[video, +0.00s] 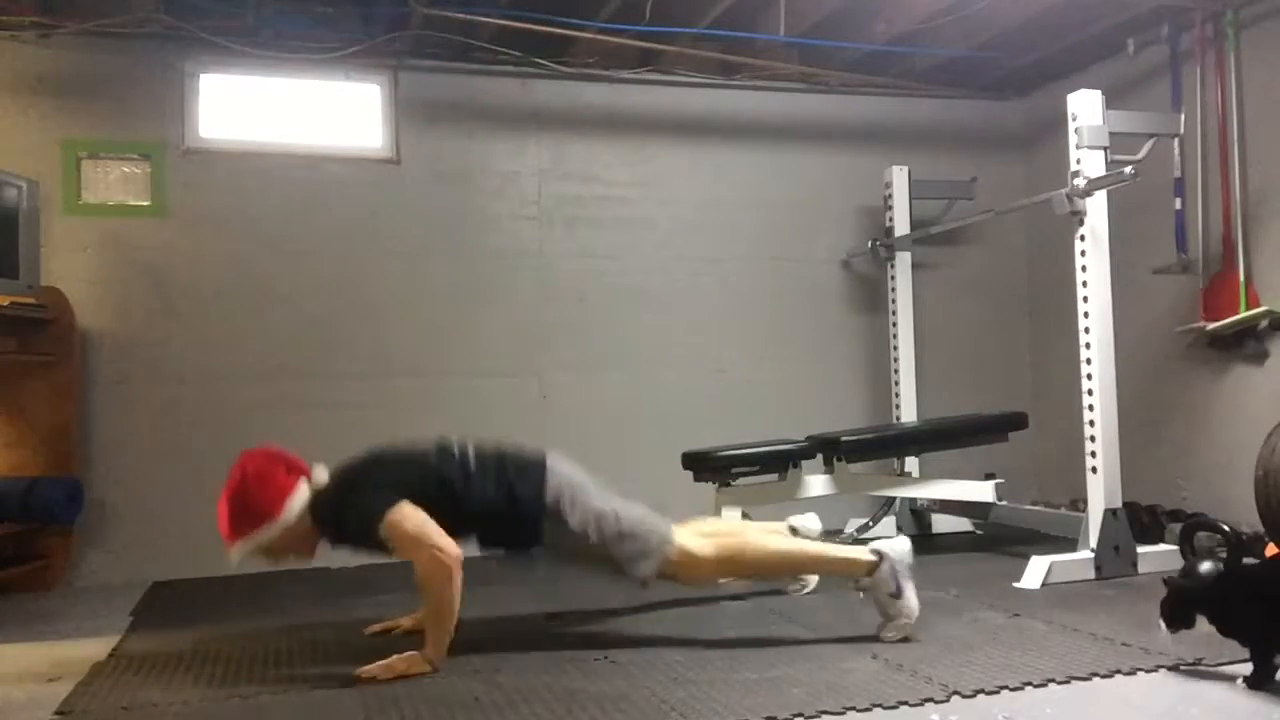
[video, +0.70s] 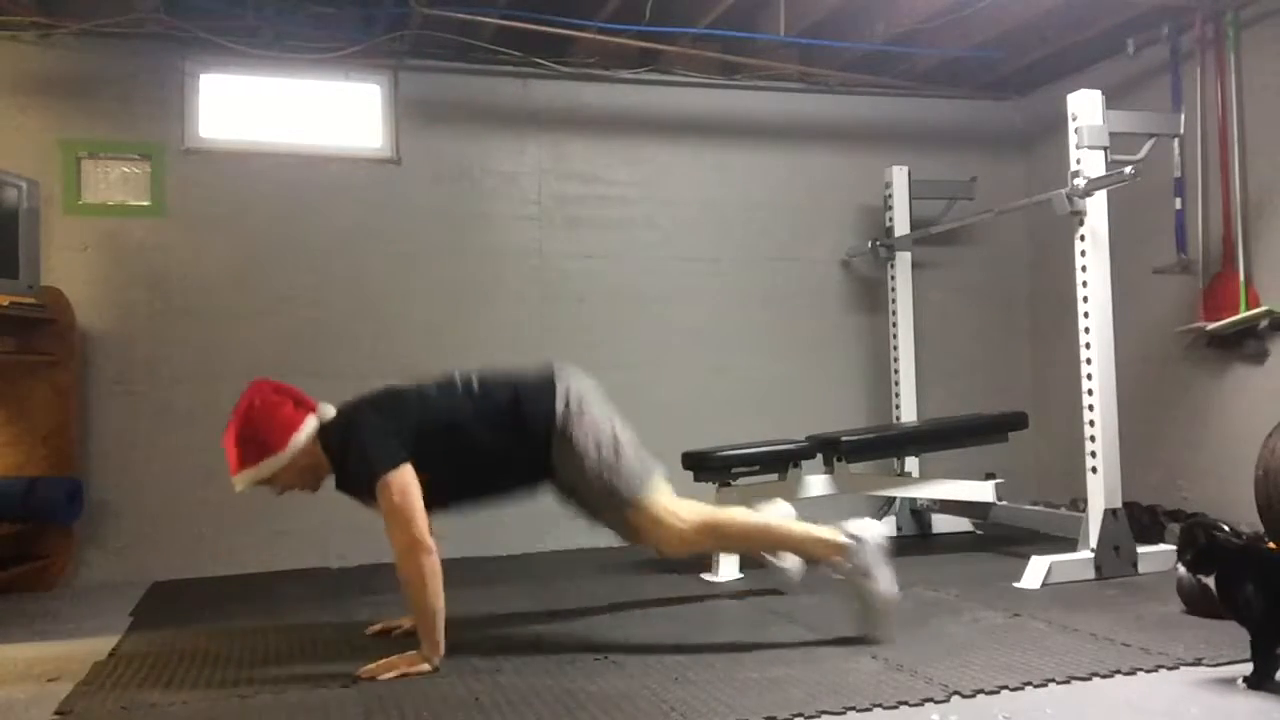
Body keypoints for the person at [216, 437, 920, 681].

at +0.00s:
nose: (269, 558)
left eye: (264, 543)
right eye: (257, 550)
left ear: (287, 512)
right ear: (287, 502)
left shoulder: (355, 501)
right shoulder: (347, 489)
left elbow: (441, 558)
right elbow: (441, 538)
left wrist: (432, 654)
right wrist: (429, 615)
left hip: (548, 501)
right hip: (538, 494)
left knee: (700, 563)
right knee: (688, 542)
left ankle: (873, 564)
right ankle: (846, 551)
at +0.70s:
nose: (278, 487)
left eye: (273, 474)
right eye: (266, 479)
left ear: (294, 442)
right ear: (293, 442)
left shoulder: (367, 436)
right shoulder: (354, 442)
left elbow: (416, 543)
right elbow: (412, 536)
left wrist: (430, 650)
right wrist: (422, 616)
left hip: (559, 413)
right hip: (551, 436)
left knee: (673, 529)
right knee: (661, 525)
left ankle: (846, 549)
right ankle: (778, 527)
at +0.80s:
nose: (309, 470)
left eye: (303, 457)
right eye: (298, 464)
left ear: (319, 429)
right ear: (321, 422)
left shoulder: (396, 422)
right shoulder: (379, 421)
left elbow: (426, 538)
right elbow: (420, 530)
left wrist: (430, 650)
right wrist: (423, 611)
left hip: (568, 358)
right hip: (545, 379)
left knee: (590, 504)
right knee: (561, 507)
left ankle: (761, 537)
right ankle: (697, 503)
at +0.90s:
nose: (333, 459)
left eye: (329, 444)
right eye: (322, 452)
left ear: (350, 410)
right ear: (351, 402)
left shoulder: (413, 410)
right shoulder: (400, 406)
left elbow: (429, 538)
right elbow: (428, 526)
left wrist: (430, 652)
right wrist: (427, 613)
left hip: (584, 355)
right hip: (559, 364)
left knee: (509, 464)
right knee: (491, 471)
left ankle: (655, 566)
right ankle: (620, 515)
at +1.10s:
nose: (349, 409)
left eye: (349, 394)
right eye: (341, 398)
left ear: (376, 376)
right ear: (382, 373)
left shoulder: (436, 397)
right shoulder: (419, 405)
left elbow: (431, 533)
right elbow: (422, 524)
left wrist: (424, 651)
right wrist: (422, 609)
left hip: (607, 447)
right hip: (578, 448)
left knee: (479, 481)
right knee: (456, 486)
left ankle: (587, 609)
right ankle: (555, 578)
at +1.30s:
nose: (390, 329)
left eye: (394, 314)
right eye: (388, 316)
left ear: (425, 309)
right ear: (431, 310)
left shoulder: (480, 348)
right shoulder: (454, 360)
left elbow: (443, 474)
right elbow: (429, 470)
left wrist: (380, 575)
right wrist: (379, 567)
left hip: (621, 442)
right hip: (591, 444)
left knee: (497, 475)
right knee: (468, 482)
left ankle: (591, 614)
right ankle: (562, 577)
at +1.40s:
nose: (403, 271)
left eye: (408, 257)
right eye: (401, 258)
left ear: (441, 255)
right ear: (445, 254)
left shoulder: (490, 300)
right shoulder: (470, 309)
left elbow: (442, 403)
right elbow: (433, 408)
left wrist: (348, 461)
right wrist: (348, 462)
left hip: (625, 408)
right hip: (585, 411)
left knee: (504, 468)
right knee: (476, 472)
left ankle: (592, 614)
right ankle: (568, 580)